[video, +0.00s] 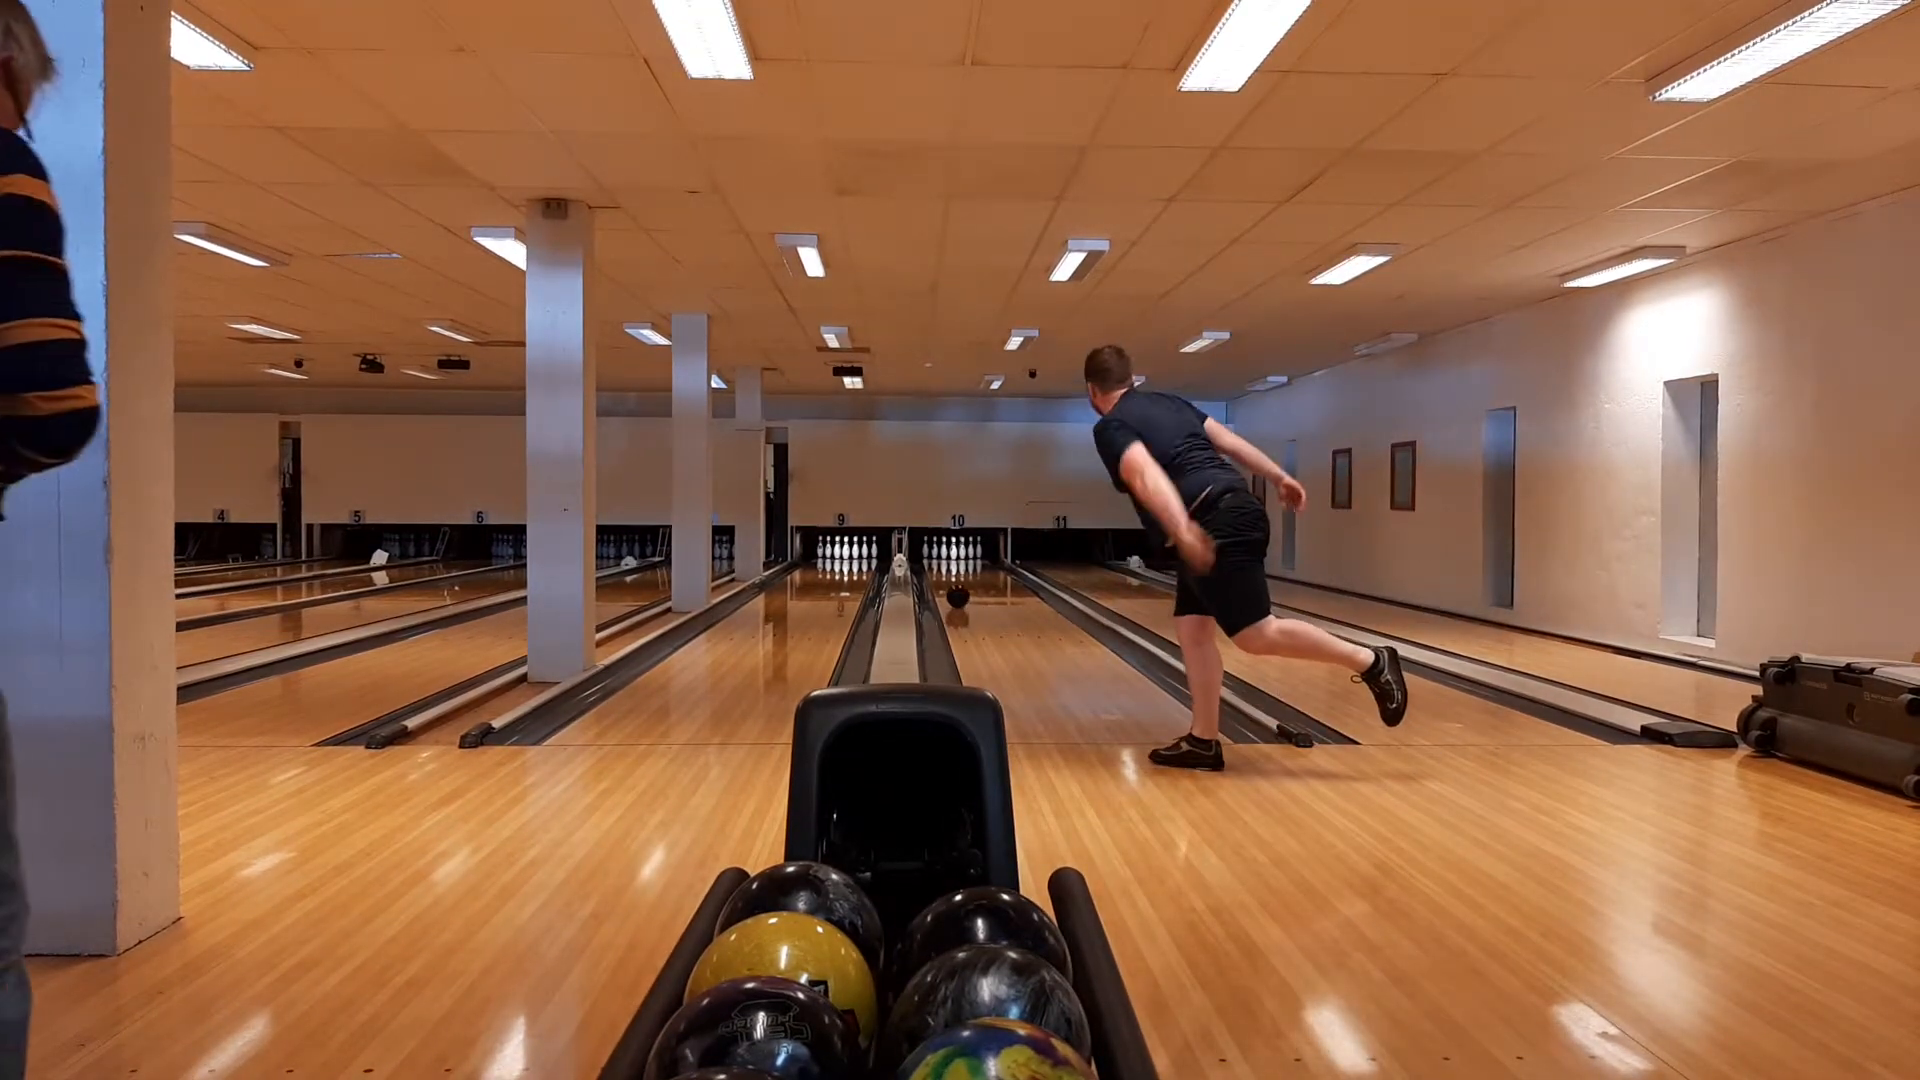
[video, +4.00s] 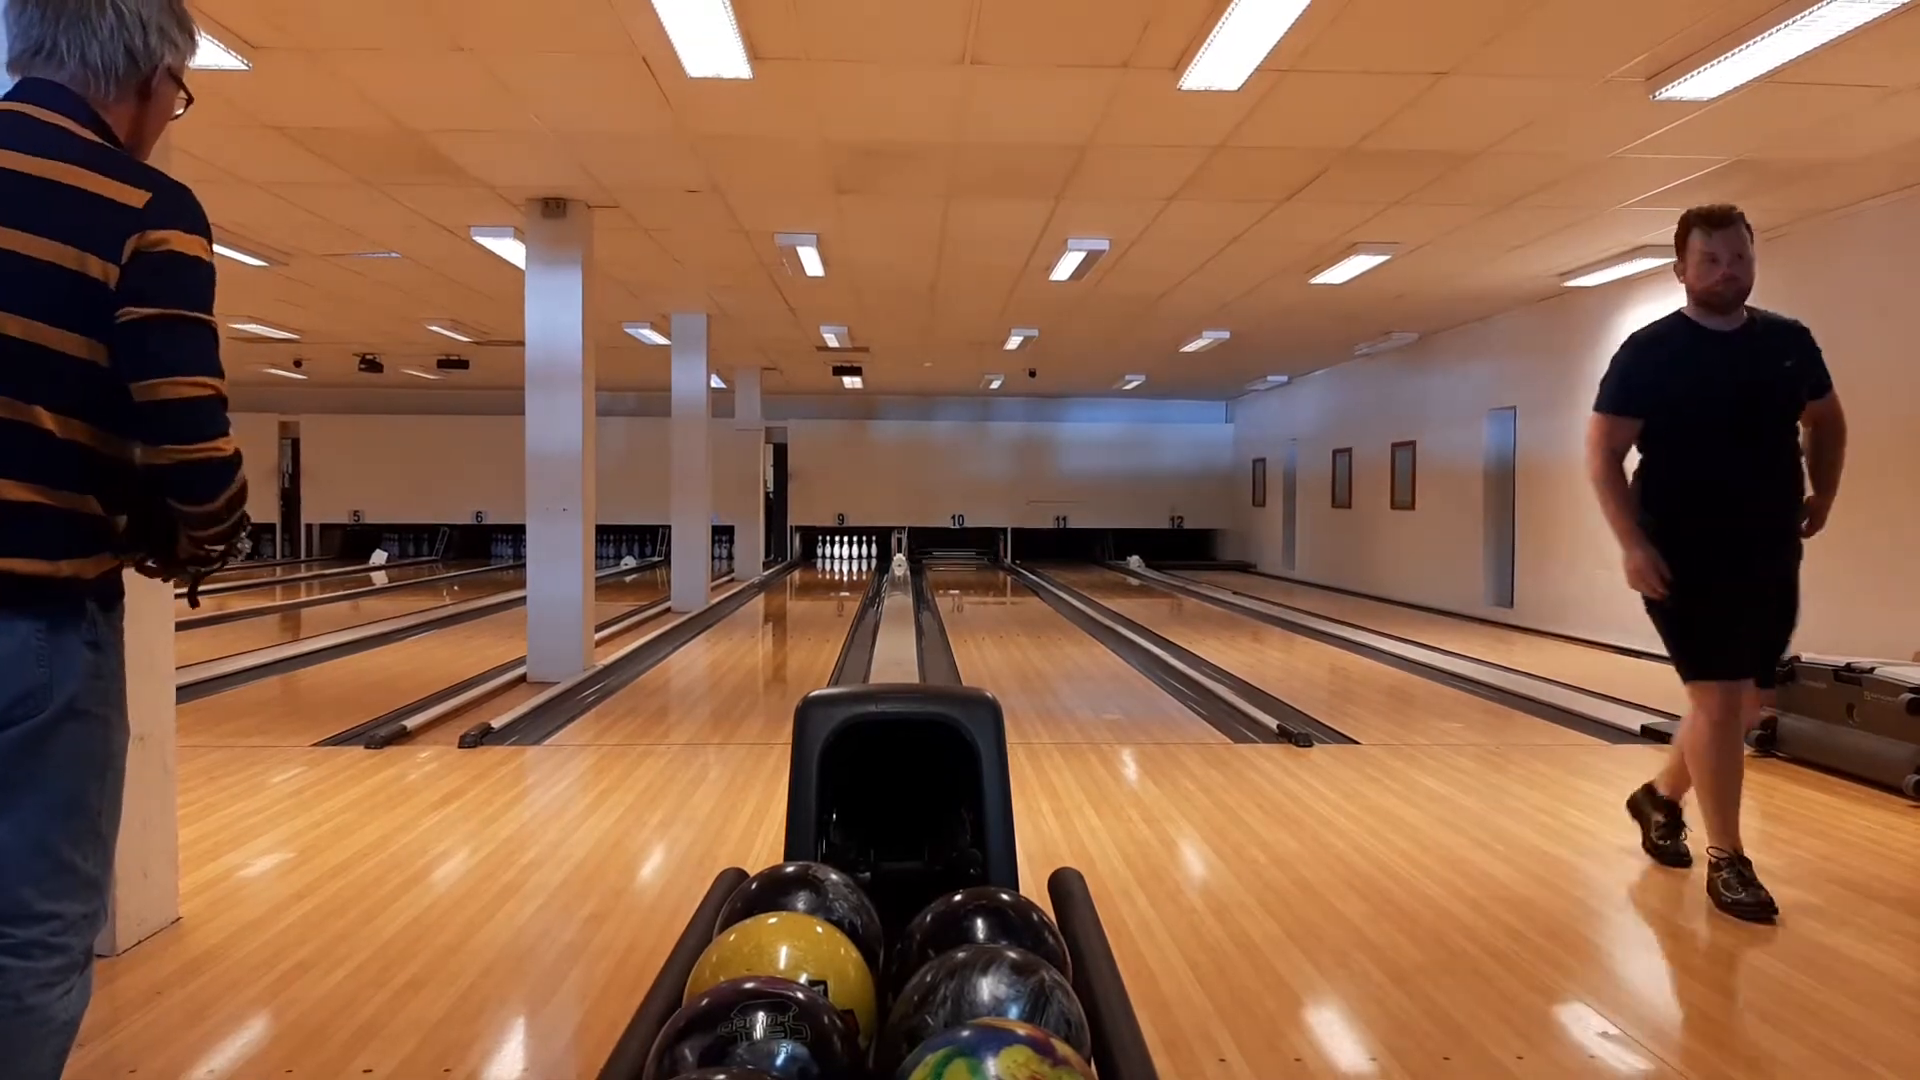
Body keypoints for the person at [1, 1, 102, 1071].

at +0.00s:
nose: (23, 99)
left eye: (20, 82)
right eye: (23, 80)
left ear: (5, 75)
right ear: (12, 71)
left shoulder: (12, 158)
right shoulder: (7, 158)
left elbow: (53, 407)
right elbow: (56, 406)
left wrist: (1, 463)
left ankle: (9, 1026)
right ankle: (4, 1031)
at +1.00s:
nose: (200, 199)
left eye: (208, 188)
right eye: (202, 186)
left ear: (78, 128)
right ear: (176, 159)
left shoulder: (1, 174)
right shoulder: (169, 209)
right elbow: (215, 422)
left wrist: (145, 470)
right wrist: (145, 481)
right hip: (47, 605)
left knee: (38, 922)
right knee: (49, 932)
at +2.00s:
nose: (195, 124)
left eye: (196, 102)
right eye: (193, 100)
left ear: (50, 83)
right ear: (159, 99)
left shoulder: (0, 167)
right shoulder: (176, 203)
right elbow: (228, 430)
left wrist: (158, 467)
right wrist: (152, 477)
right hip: (53, 611)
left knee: (34, 925)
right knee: (42, 940)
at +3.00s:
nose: (186, 128)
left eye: (189, 109)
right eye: (188, 107)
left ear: (44, 84)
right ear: (161, 101)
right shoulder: (169, 206)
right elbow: (230, 431)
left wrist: (155, 465)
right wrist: (149, 476)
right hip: (55, 614)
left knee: (35, 919)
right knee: (48, 933)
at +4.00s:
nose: (176, 112)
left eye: (179, 86)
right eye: (175, 84)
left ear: (28, 54)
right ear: (135, 74)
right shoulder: (146, 206)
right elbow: (183, 434)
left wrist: (189, 517)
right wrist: (209, 527)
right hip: (38, 614)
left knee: (33, 929)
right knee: (37, 942)